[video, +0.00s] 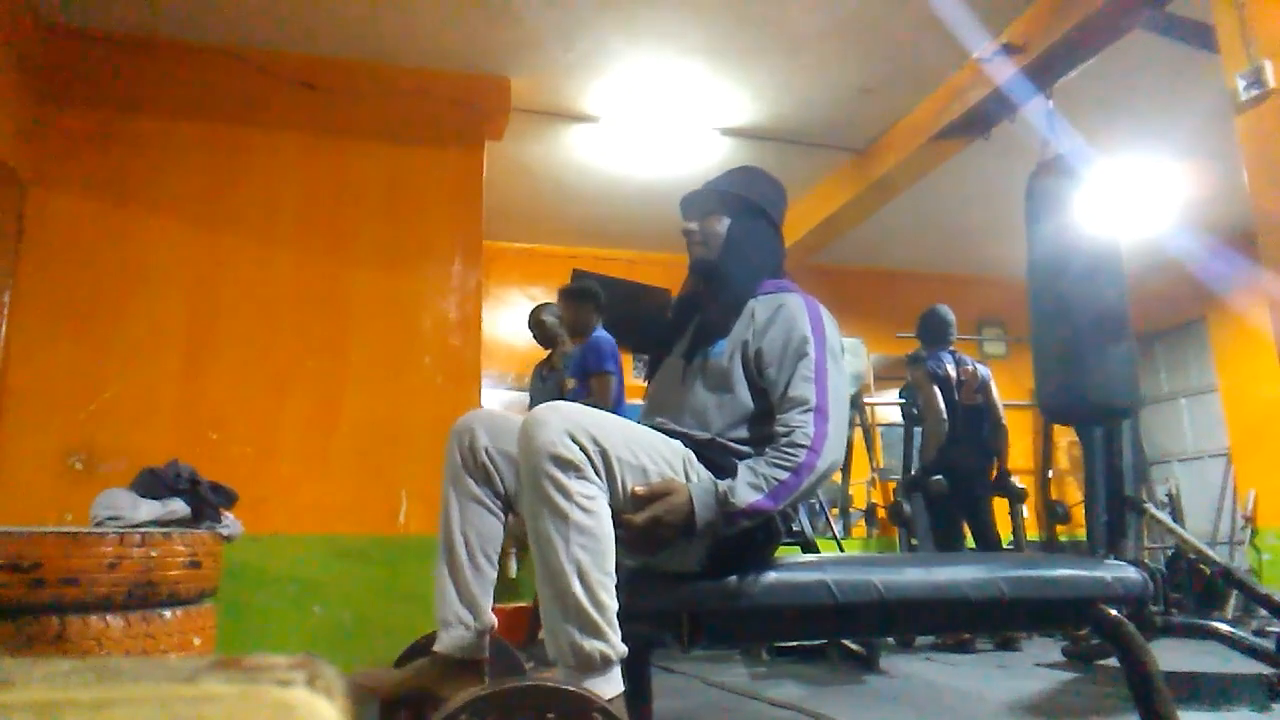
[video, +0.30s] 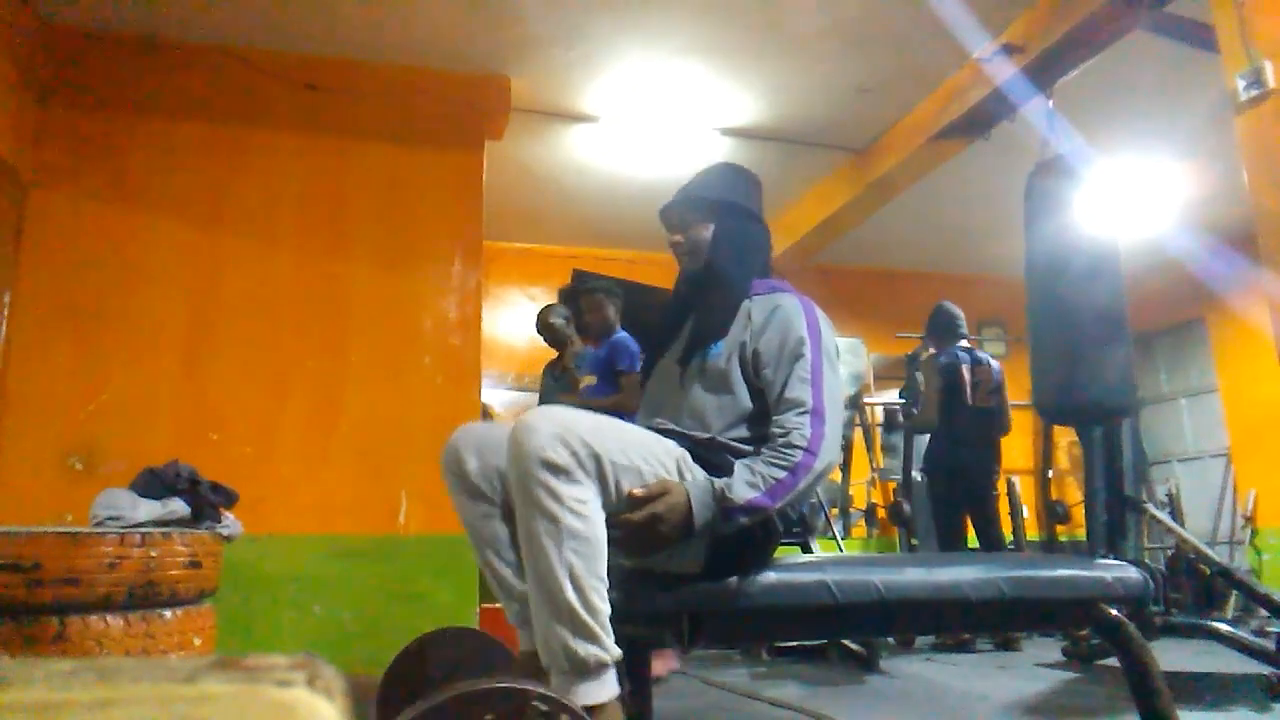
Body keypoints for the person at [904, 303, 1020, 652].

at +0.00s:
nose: (919, 340)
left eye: (920, 334)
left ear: (922, 335)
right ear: (954, 335)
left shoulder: (922, 368)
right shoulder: (979, 369)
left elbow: (937, 419)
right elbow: (999, 423)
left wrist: (925, 467)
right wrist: (1003, 470)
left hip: (944, 473)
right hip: (977, 471)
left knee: (949, 548)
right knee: (990, 544)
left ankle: (958, 629)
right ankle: (1008, 626)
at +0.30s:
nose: (929, 341)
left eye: (929, 335)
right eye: (931, 336)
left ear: (933, 334)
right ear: (964, 329)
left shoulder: (936, 363)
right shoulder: (992, 364)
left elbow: (929, 420)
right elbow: (1004, 424)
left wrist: (905, 419)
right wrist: (974, 425)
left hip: (946, 467)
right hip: (983, 466)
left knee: (950, 546)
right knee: (992, 541)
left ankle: (955, 628)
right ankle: (1008, 627)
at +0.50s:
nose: (924, 346)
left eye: (924, 340)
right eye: (926, 341)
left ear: (928, 338)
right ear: (956, 332)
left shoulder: (933, 366)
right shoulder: (988, 365)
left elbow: (918, 417)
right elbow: (996, 416)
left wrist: (908, 398)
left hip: (946, 467)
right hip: (982, 466)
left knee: (951, 546)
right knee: (993, 541)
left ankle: (958, 627)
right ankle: (1007, 625)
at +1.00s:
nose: (928, 337)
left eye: (929, 330)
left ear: (930, 330)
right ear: (963, 329)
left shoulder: (933, 363)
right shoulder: (988, 364)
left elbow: (935, 420)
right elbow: (1005, 423)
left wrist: (905, 433)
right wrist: (972, 424)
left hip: (948, 465)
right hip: (984, 465)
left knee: (951, 544)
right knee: (994, 541)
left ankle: (957, 627)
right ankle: (1008, 626)